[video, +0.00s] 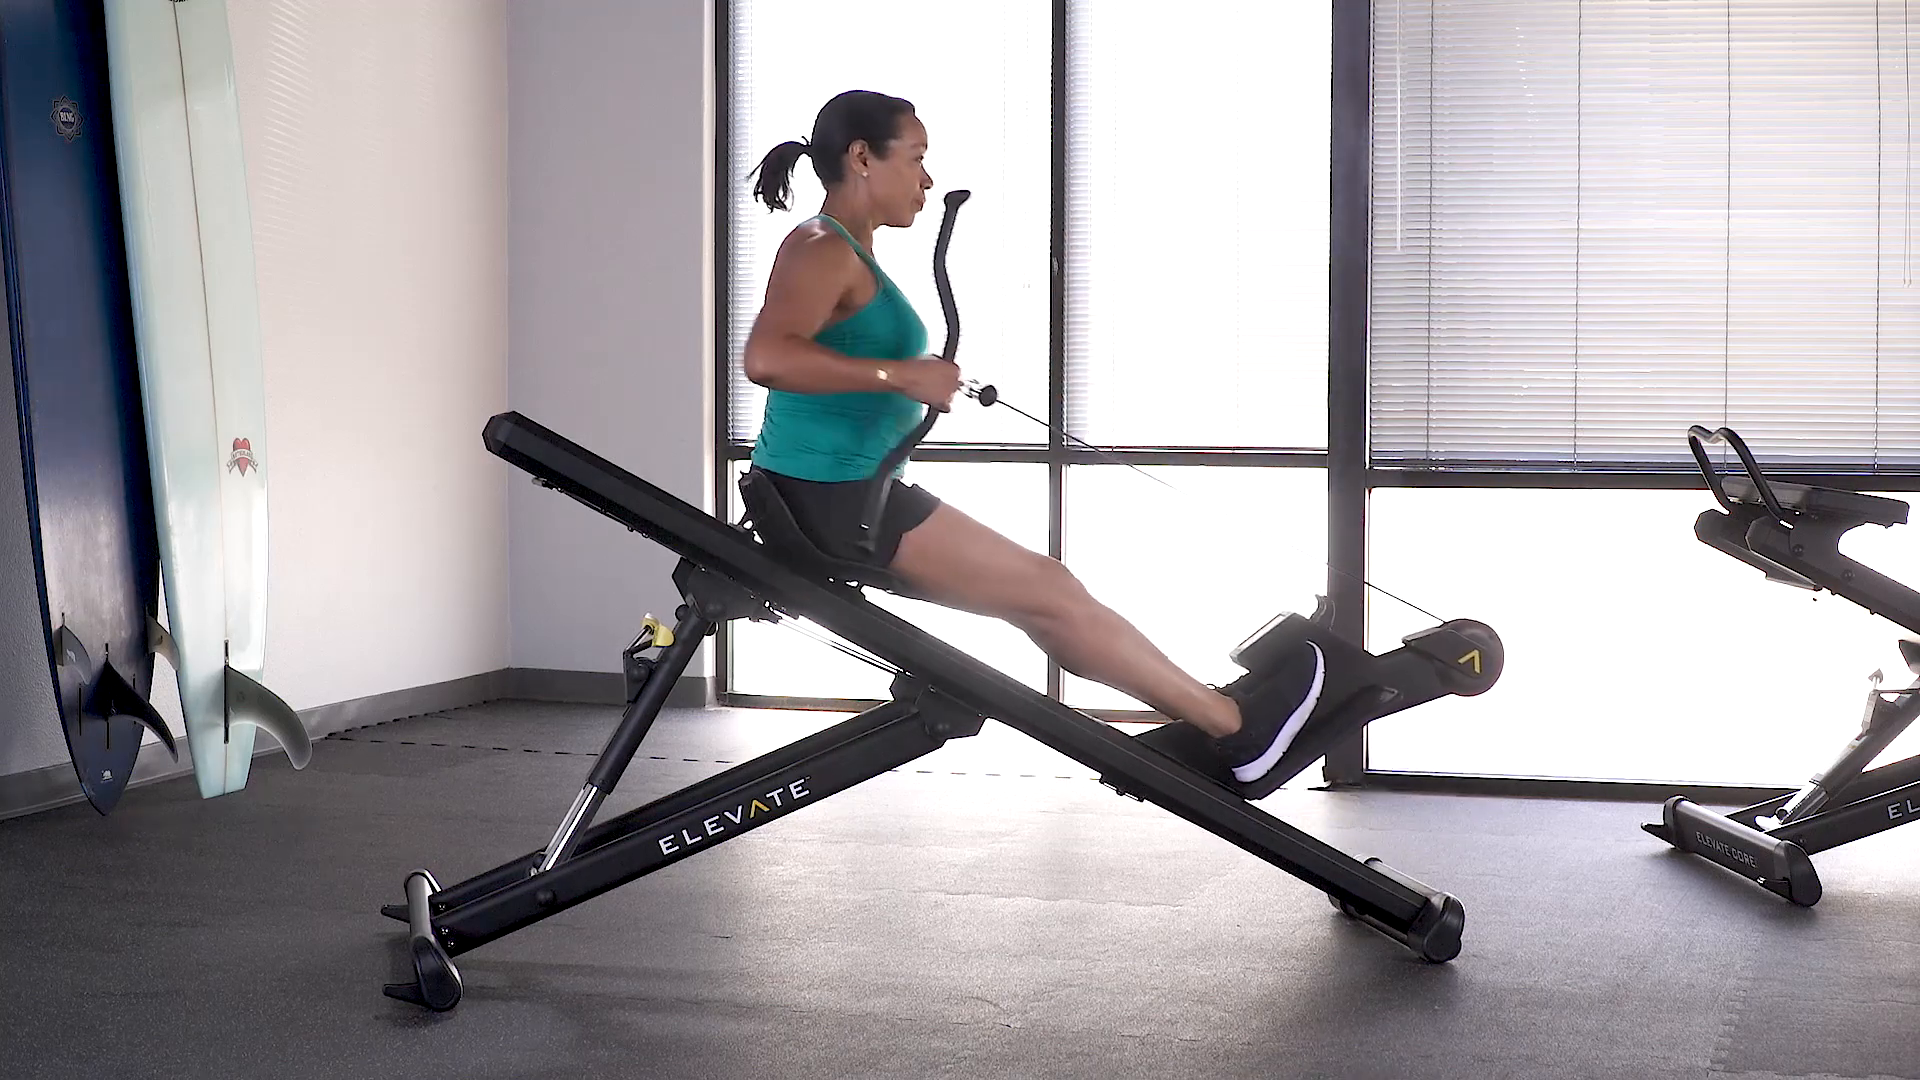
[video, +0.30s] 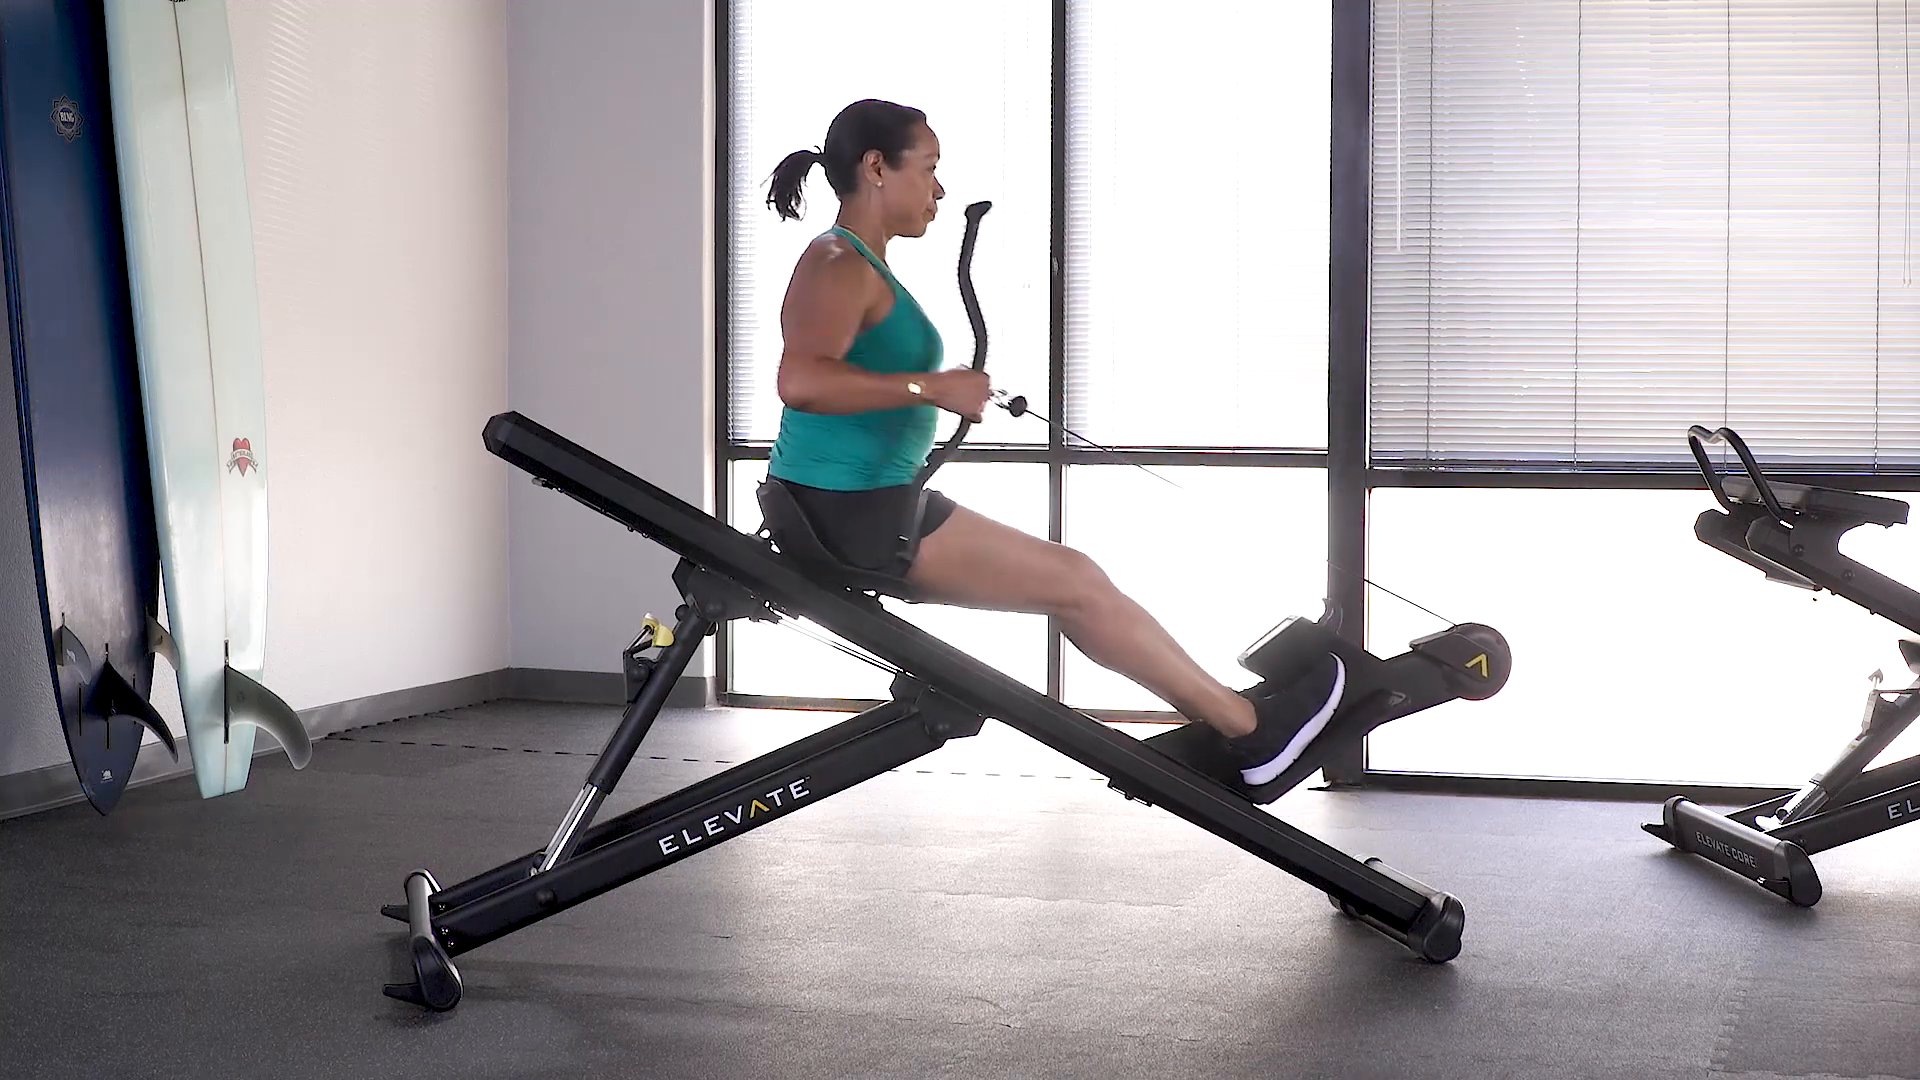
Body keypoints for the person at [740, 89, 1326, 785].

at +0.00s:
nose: (926, 178)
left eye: (923, 160)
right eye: (914, 159)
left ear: (863, 164)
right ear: (860, 162)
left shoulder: (844, 249)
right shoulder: (820, 249)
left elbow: (797, 356)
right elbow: (766, 355)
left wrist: (908, 374)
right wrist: (895, 375)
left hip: (848, 488)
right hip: (821, 498)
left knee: (1049, 585)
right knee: (1046, 593)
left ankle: (1215, 713)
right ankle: (1228, 721)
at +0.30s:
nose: (937, 189)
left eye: (935, 171)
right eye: (927, 171)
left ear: (878, 174)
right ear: (875, 172)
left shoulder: (859, 262)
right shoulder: (836, 265)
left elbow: (825, 380)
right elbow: (801, 382)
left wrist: (934, 388)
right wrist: (930, 387)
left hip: (862, 500)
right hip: (843, 510)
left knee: (1073, 580)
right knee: (1077, 581)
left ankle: (1234, 718)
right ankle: (1243, 725)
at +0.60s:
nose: (1068, 250)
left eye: (1065, 232)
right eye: (1056, 231)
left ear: (1002, 238)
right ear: (1005, 236)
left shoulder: (954, 328)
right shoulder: (1008, 338)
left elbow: (905, 450)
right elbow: (1090, 467)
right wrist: (1200, 491)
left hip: (927, 570)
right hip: (973, 576)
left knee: (1184, 577)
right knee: (1196, 565)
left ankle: (1291, 741)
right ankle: (1323, 754)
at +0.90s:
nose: (1206, 319)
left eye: (1202, 302)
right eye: (1195, 302)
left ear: (1139, 310)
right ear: (1144, 307)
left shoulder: (1079, 395)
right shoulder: (1191, 422)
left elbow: (1005, 503)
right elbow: (1313, 531)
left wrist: (1062, 579)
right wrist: (1416, 589)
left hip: (1028, 628)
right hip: (1101, 644)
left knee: (1285, 575)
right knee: (1315, 579)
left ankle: (1343, 763)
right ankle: (1383, 782)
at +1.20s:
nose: (1265, 346)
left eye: (1261, 330)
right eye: (1253, 331)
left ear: (1196, 342)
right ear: (1204, 340)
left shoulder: (1127, 425)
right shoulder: (1261, 451)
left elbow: (1046, 522)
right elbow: (1390, 551)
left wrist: (1087, 596)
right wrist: (1488, 625)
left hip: (1070, 651)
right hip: (1143, 670)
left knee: (1312, 573)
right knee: (1347, 582)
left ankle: (1361, 763)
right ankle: (1403, 795)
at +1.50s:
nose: (1168, 293)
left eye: (1162, 276)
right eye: (1155, 276)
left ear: (1097, 290)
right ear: (1105, 288)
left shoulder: (1044, 378)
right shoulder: (1157, 400)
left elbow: (980, 485)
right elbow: (1277, 520)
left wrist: (1039, 560)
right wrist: (1378, 576)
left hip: (996, 608)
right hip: (1066, 622)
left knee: (1257, 581)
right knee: (1281, 580)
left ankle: (1335, 762)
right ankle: (1372, 771)